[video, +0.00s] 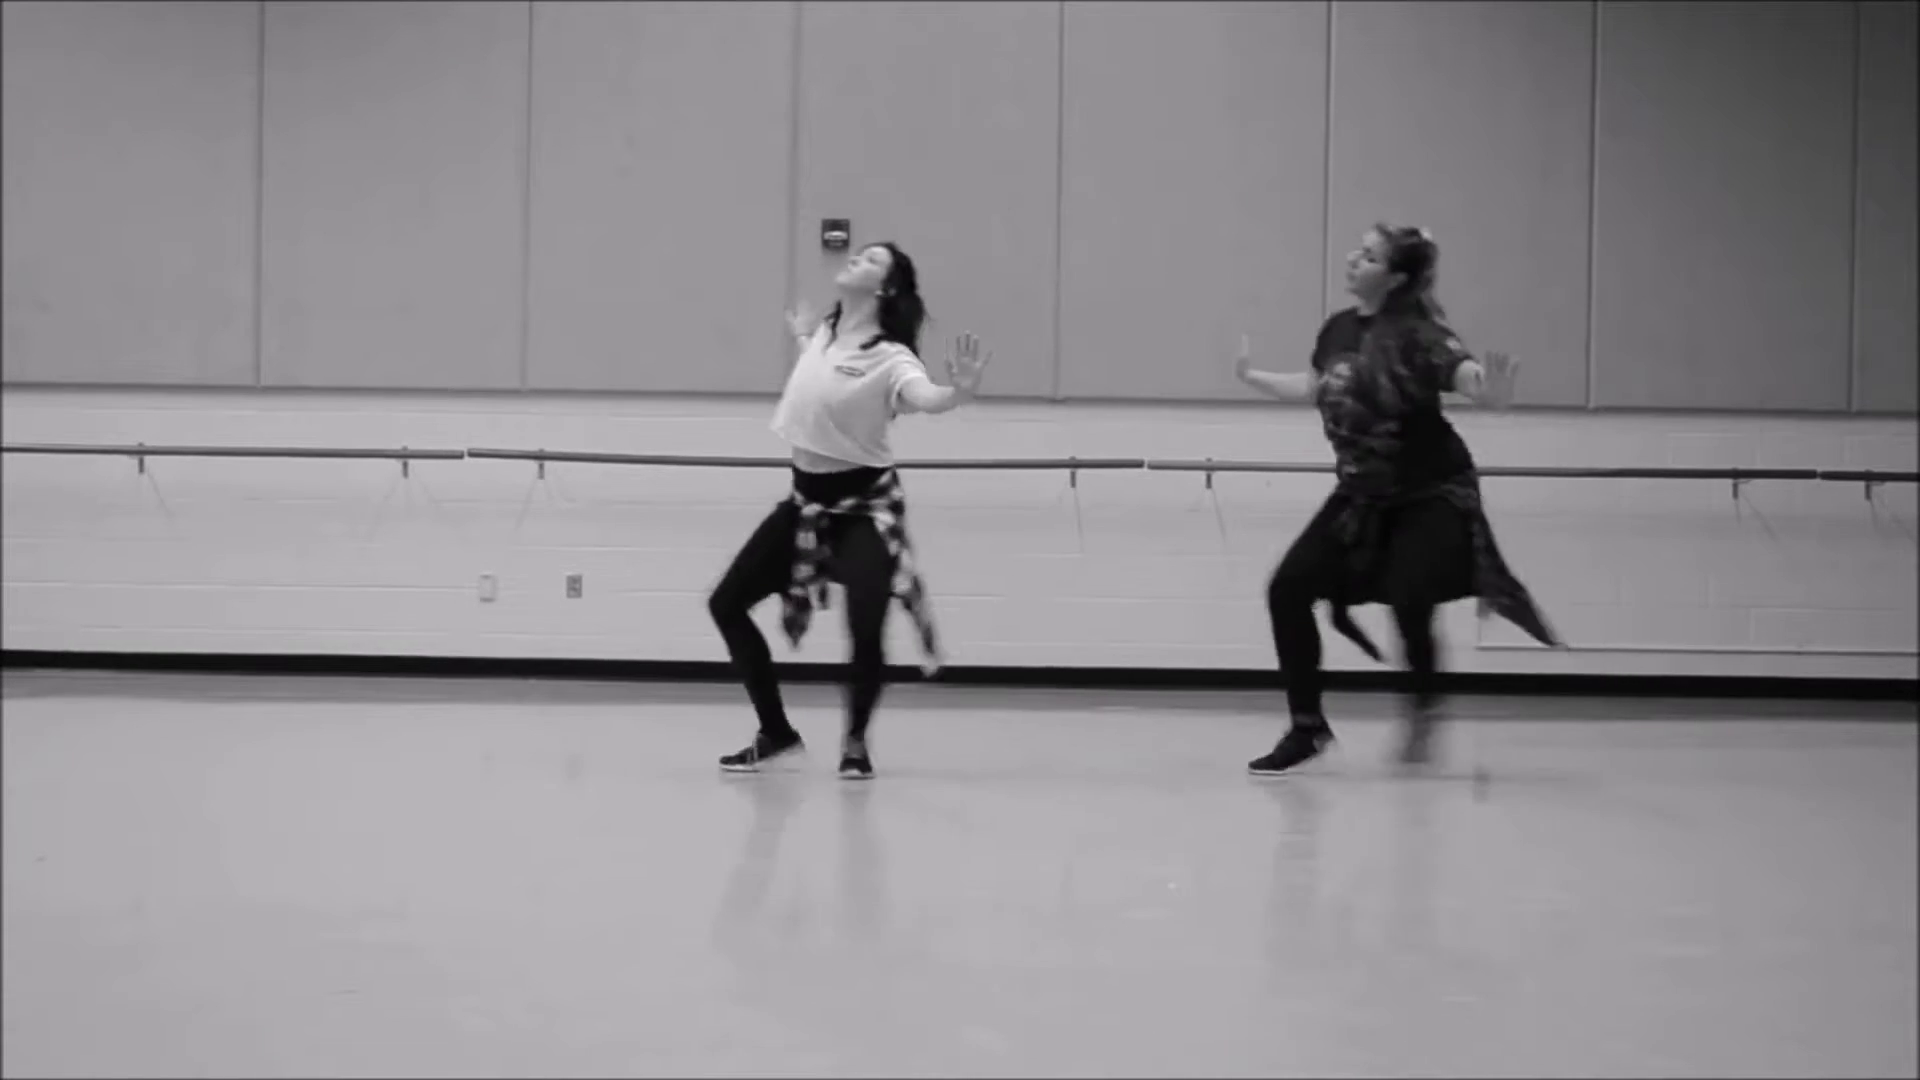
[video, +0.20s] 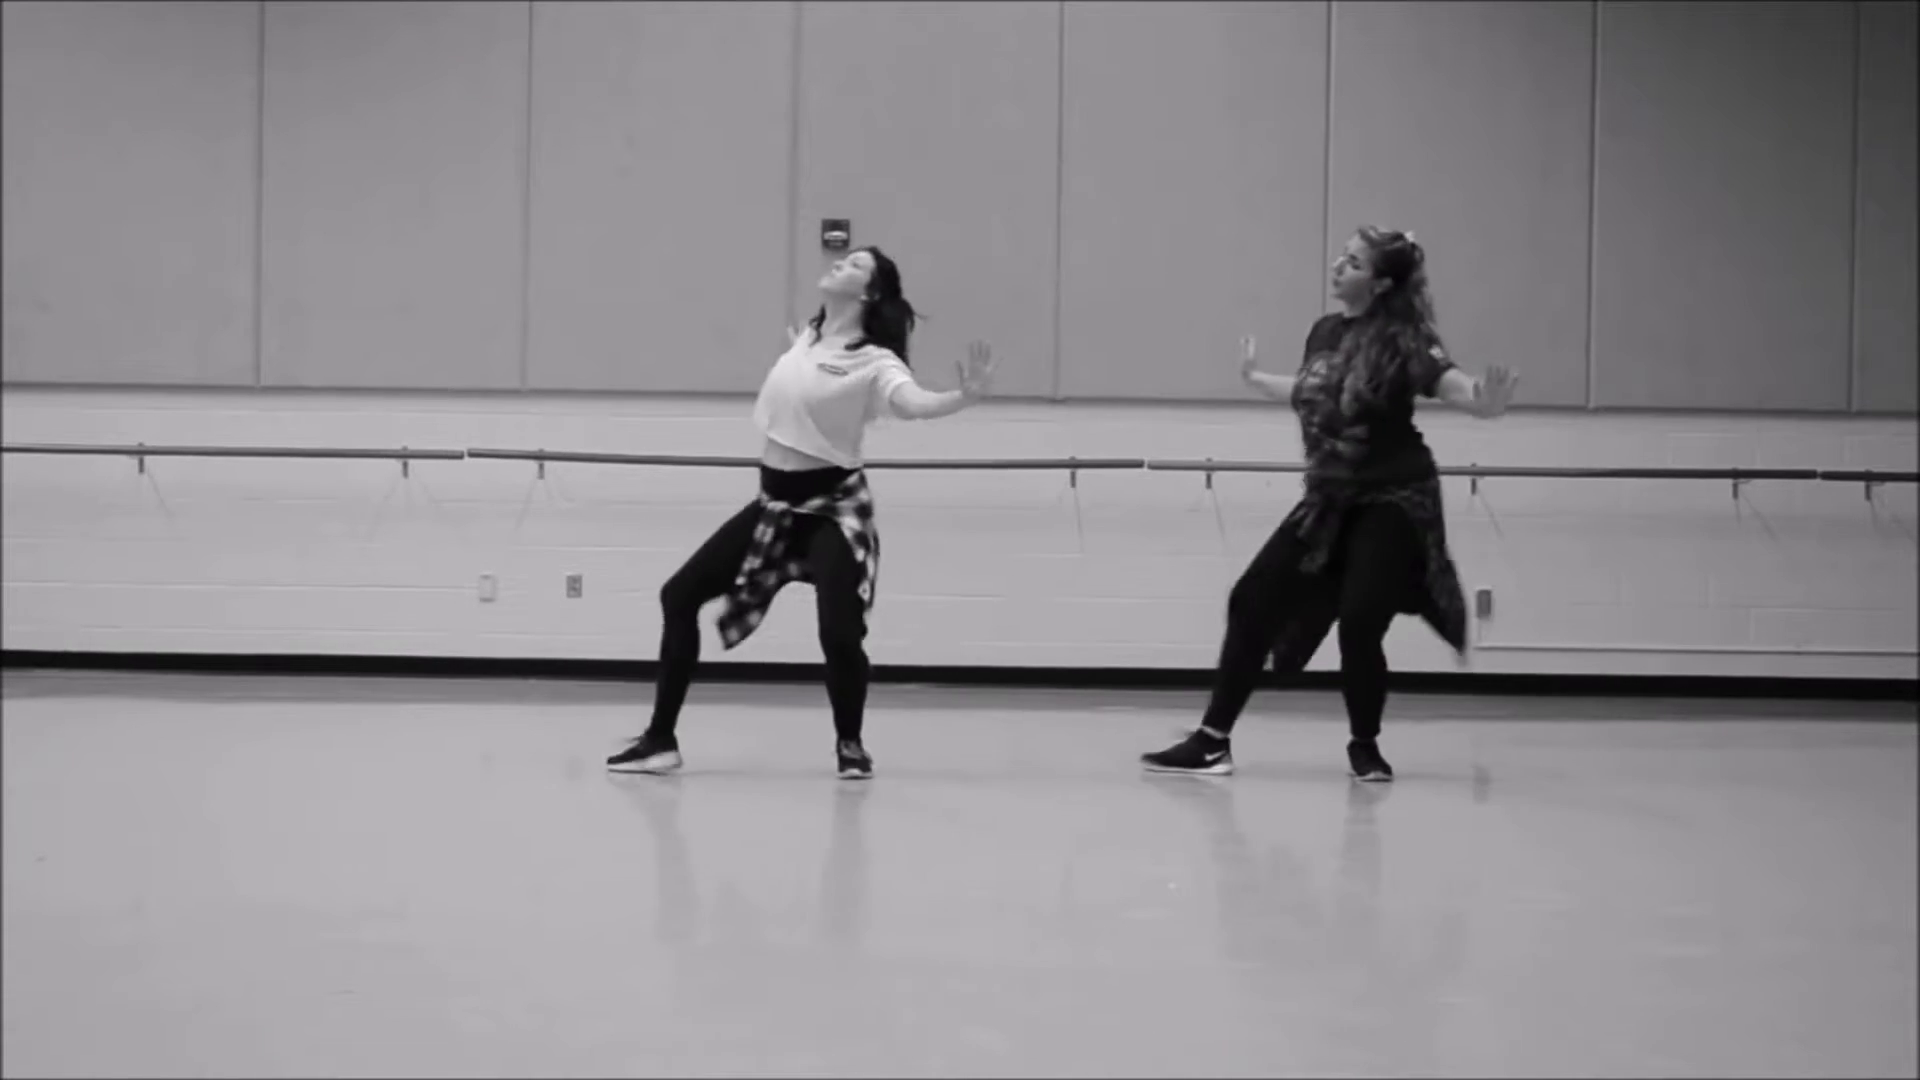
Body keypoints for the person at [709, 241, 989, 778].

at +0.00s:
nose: (852, 260)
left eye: (868, 259)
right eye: (855, 254)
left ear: (887, 289)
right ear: (844, 275)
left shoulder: (891, 356)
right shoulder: (823, 332)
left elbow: (924, 394)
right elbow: (812, 359)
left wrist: (957, 391)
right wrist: (798, 331)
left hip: (864, 508)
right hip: (805, 503)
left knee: (865, 633)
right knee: (726, 604)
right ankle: (775, 730)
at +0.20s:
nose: (837, 262)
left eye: (855, 263)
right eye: (841, 257)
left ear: (871, 295)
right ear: (830, 283)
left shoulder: (876, 362)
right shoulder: (809, 338)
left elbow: (916, 401)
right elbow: (808, 357)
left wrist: (964, 395)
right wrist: (797, 346)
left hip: (833, 510)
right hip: (773, 505)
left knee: (840, 631)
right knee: (679, 596)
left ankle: (849, 744)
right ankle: (660, 736)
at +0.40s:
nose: (837, 271)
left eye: (853, 272)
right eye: (841, 265)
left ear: (869, 303)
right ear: (831, 286)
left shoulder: (865, 368)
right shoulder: (798, 340)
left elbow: (875, 421)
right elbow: (769, 400)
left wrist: (876, 396)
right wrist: (717, 382)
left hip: (814, 510)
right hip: (752, 507)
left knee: (835, 628)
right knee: (659, 599)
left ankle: (850, 743)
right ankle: (658, 740)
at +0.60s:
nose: (796, 250)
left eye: (811, 246)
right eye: (797, 242)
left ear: (834, 267)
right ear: (792, 256)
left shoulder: (814, 315)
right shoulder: (776, 314)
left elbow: (735, 366)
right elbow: (721, 368)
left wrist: (660, 343)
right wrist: (662, 345)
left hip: (806, 485)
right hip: (757, 485)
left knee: (827, 620)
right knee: (683, 596)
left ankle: (851, 742)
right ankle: (665, 739)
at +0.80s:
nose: (751, 245)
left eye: (765, 241)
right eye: (746, 237)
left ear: (782, 257)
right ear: (734, 248)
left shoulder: (769, 295)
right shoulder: (735, 315)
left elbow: (784, 376)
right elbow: (725, 409)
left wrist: (705, 380)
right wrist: (686, 379)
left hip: (797, 469)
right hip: (749, 475)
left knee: (822, 608)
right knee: (685, 592)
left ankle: (850, 739)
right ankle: (666, 730)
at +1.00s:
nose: (773, 277)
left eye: (787, 271)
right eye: (768, 265)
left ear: (808, 286)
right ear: (755, 271)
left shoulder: (811, 356)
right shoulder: (725, 336)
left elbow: (803, 437)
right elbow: (704, 430)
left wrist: (734, 410)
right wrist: (700, 403)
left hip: (800, 506)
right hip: (739, 505)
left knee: (784, 626)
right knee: (707, 627)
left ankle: (870, 732)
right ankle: (657, 736)